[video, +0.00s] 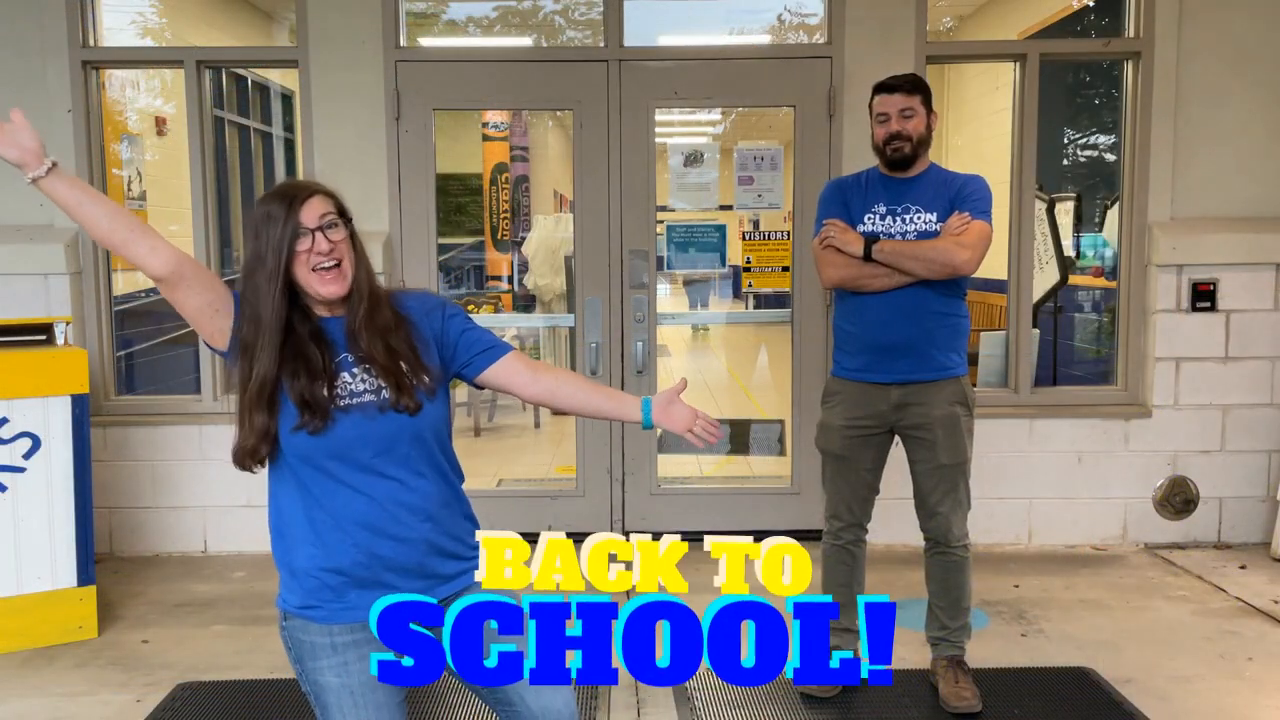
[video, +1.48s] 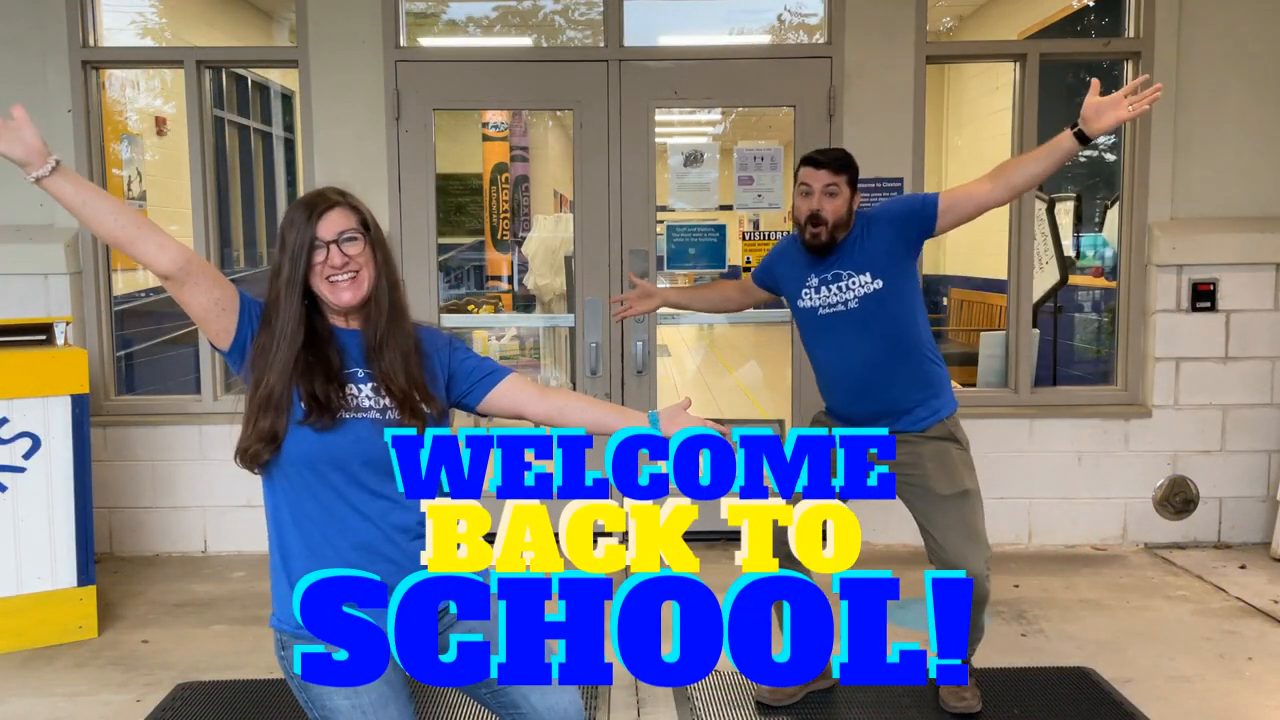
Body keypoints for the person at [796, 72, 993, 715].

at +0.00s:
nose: (893, 127)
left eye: (906, 116)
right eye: (882, 118)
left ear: (929, 122)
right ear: (870, 128)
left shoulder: (965, 189)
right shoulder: (842, 193)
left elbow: (961, 262)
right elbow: (832, 273)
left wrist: (864, 242)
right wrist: (932, 258)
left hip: (937, 385)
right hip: (855, 385)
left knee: (947, 531)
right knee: (843, 526)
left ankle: (950, 658)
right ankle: (837, 654)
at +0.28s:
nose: (898, 127)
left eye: (910, 116)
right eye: (886, 118)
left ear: (933, 122)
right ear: (874, 127)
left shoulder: (969, 189)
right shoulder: (845, 193)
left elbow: (964, 262)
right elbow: (835, 273)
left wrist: (867, 242)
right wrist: (935, 259)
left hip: (941, 385)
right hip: (857, 385)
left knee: (949, 533)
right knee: (840, 527)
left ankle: (951, 666)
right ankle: (830, 657)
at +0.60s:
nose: (904, 127)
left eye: (917, 116)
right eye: (892, 118)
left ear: (940, 123)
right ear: (880, 127)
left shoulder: (975, 190)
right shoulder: (851, 193)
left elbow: (972, 262)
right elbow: (841, 274)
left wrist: (875, 243)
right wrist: (942, 260)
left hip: (946, 386)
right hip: (863, 385)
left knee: (951, 532)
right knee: (843, 527)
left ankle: (949, 664)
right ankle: (833, 655)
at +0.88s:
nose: (908, 133)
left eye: (921, 122)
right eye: (897, 123)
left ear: (944, 130)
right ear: (884, 133)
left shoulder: (984, 195)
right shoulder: (857, 198)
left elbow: (1009, 286)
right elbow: (835, 288)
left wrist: (931, 296)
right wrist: (942, 270)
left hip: (956, 393)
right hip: (870, 392)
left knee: (965, 537)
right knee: (837, 529)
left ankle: (953, 665)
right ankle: (826, 652)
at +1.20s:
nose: (855, 158)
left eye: (868, 147)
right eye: (845, 146)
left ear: (893, 155)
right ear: (831, 156)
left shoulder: (933, 184)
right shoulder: (813, 218)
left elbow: (1026, 155)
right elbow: (741, 236)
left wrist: (1091, 103)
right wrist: (669, 259)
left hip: (947, 410)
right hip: (860, 411)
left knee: (986, 546)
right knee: (809, 531)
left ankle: (955, 662)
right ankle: (809, 653)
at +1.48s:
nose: (815, 205)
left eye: (830, 193)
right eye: (806, 192)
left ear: (853, 197)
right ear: (793, 195)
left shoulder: (894, 222)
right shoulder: (786, 259)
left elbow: (993, 187)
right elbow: (736, 293)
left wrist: (1079, 133)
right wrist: (663, 296)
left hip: (924, 431)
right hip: (842, 435)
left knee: (967, 568)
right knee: (796, 545)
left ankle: (953, 668)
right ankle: (807, 659)